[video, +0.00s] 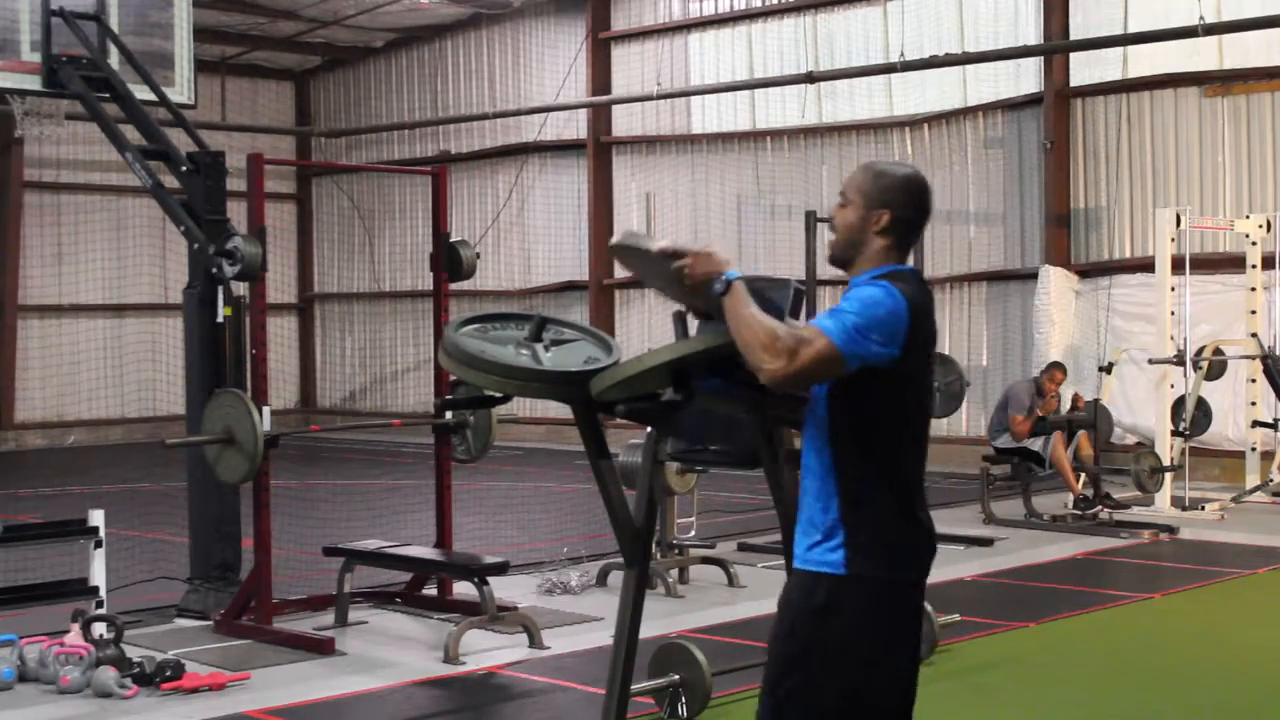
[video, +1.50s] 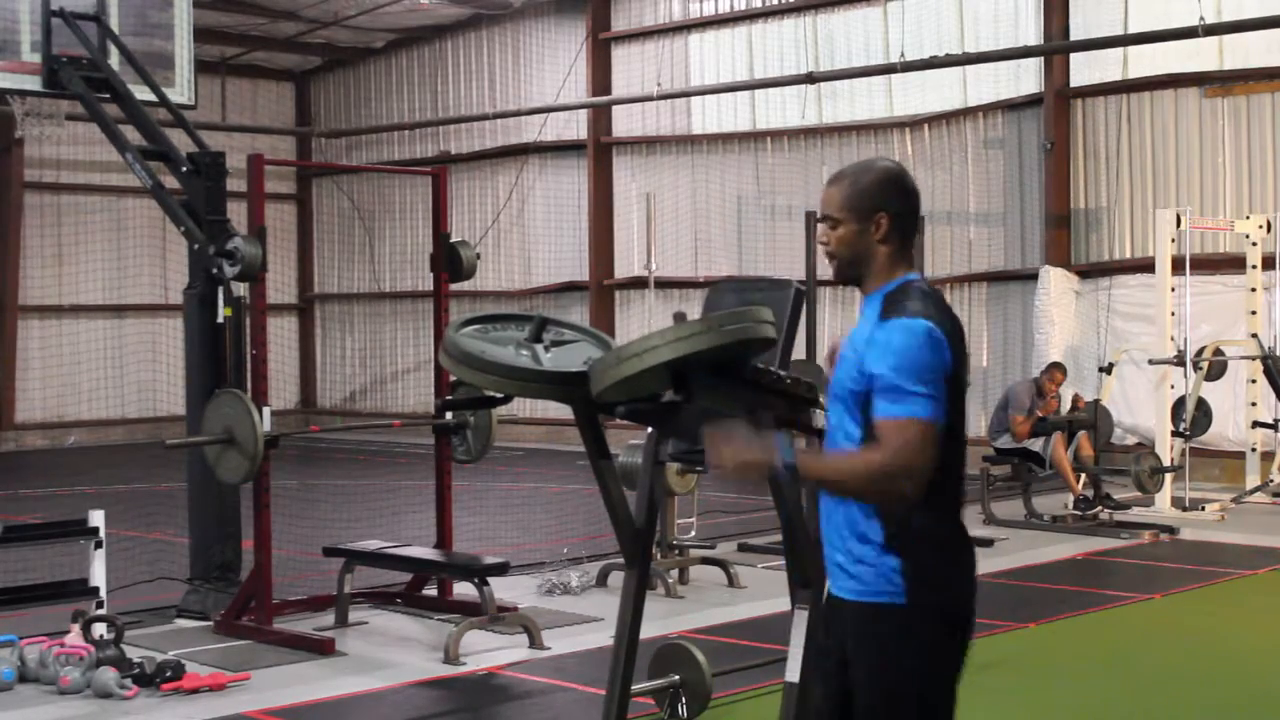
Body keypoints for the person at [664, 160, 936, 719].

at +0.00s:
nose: (830, 214)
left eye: (842, 203)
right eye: (837, 201)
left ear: (881, 221)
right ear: (884, 225)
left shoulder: (883, 298)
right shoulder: (890, 293)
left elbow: (783, 361)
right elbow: (799, 349)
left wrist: (724, 281)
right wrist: (724, 296)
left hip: (849, 566)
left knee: (798, 706)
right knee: (856, 707)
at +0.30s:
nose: (793, 215)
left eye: (806, 203)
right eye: (798, 202)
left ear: (844, 217)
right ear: (846, 219)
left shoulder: (857, 296)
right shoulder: (848, 289)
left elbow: (766, 369)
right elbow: (777, 350)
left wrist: (701, 293)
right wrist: (702, 298)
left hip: (845, 559)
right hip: (834, 550)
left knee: (827, 707)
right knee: (824, 703)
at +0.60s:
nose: (780, 220)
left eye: (791, 208)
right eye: (784, 207)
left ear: (832, 217)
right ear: (835, 219)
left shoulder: (848, 296)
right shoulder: (845, 288)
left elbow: (763, 369)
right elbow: (771, 354)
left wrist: (696, 295)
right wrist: (699, 305)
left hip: (840, 565)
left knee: (822, 709)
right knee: (845, 706)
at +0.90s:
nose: (785, 221)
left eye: (796, 208)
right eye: (788, 208)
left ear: (835, 217)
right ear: (837, 220)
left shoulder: (852, 291)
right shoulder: (843, 285)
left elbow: (770, 351)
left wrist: (731, 258)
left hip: (847, 563)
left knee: (829, 707)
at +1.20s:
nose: (811, 225)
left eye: (822, 212)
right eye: (812, 213)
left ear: (866, 222)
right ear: (865, 222)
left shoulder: (876, 299)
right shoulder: (884, 288)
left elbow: (799, 362)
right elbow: (840, 318)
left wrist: (761, 260)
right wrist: (801, 268)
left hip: (858, 572)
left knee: (832, 705)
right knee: (872, 705)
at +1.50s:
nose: (821, 238)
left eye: (832, 223)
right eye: (821, 223)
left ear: (880, 228)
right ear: (874, 231)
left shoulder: (911, 330)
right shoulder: (883, 315)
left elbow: (904, 473)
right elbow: (876, 447)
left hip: (899, 599)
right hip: (856, 589)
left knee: (893, 711)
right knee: (825, 707)